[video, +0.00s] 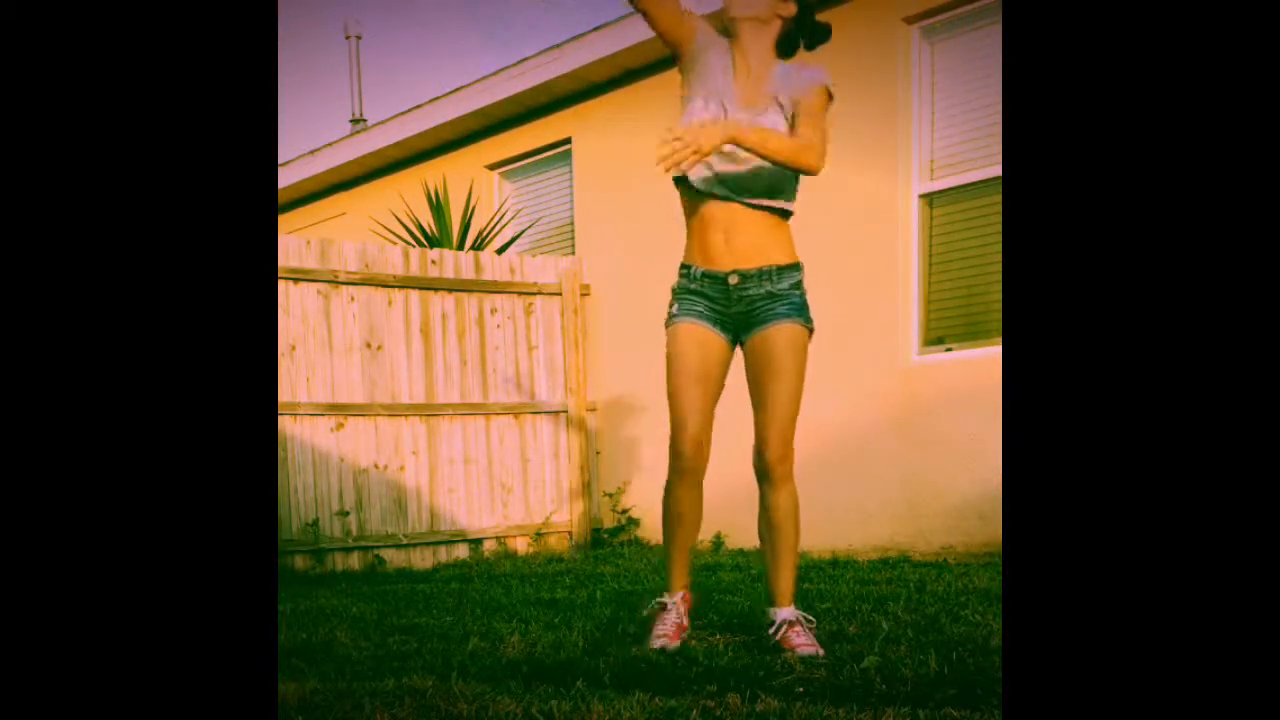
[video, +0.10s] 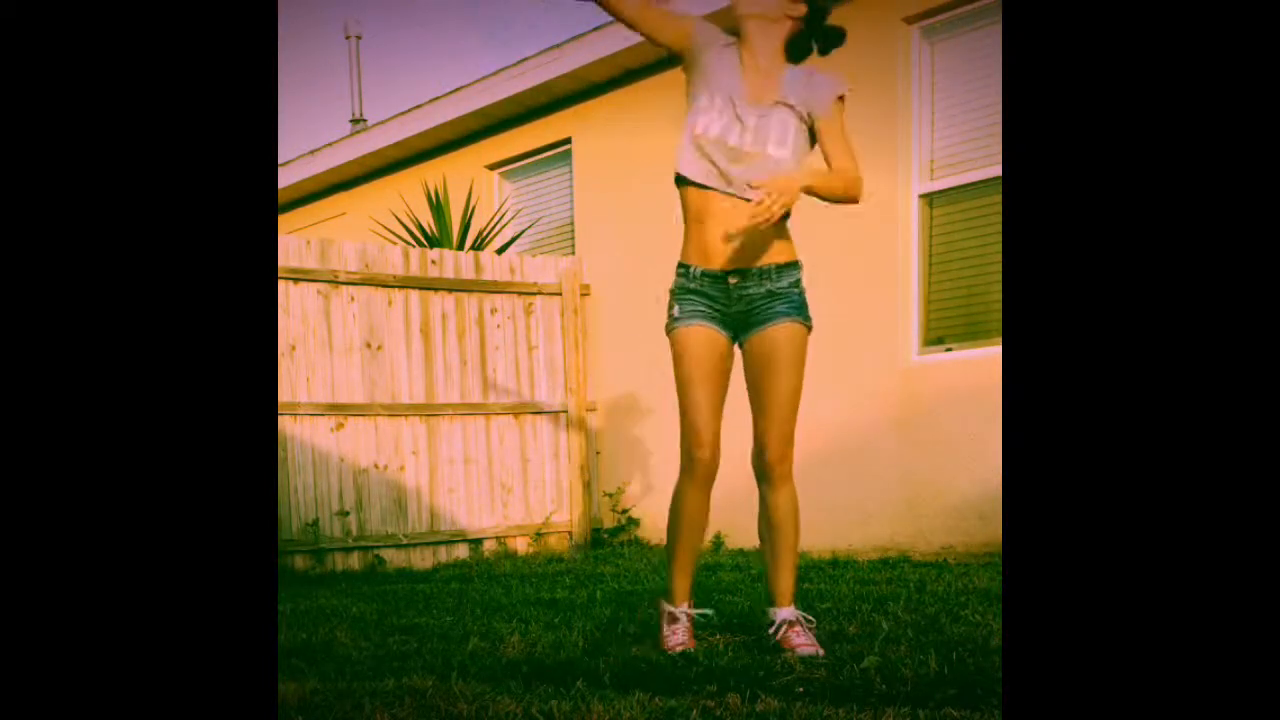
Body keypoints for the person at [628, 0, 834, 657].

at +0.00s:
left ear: (785, 8)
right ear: (730, 7)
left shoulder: (807, 82)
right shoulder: (700, 48)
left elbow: (811, 156)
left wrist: (730, 129)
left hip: (777, 288)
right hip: (699, 288)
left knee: (774, 460)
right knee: (686, 451)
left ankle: (785, 613)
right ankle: (675, 602)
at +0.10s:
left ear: (793, 12)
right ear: (743, 11)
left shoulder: (815, 86)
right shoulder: (703, 46)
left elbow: (850, 184)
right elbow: (613, 2)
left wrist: (800, 179)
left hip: (776, 290)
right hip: (698, 289)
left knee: (775, 461)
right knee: (700, 454)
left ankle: (785, 613)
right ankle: (677, 610)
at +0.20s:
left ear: (800, 11)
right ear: (749, 11)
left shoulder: (819, 89)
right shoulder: (704, 46)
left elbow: (867, 193)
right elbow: (609, 12)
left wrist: (856, 221)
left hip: (772, 289)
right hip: (693, 286)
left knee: (772, 462)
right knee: (695, 460)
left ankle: (785, 613)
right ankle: (678, 611)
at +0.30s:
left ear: (802, 8)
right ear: (751, 10)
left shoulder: (823, 87)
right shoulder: (708, 47)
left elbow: (865, 185)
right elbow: (622, 21)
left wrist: (887, 238)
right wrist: (571, 1)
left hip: (771, 289)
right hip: (691, 286)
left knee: (774, 462)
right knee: (694, 461)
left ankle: (787, 612)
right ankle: (679, 612)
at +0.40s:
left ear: (802, 5)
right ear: (752, 7)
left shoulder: (829, 88)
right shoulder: (713, 49)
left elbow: (862, 189)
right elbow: (616, 27)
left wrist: (895, 252)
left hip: (774, 291)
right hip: (694, 286)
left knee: (775, 461)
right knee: (692, 459)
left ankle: (788, 612)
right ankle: (679, 611)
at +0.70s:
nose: (768, 19)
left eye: (786, 9)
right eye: (765, 9)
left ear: (821, 27)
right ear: (759, 20)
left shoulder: (838, 105)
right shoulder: (733, 70)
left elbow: (847, 234)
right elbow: (622, 19)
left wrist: (850, 220)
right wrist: (708, 53)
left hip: (796, 289)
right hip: (723, 280)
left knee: (795, 456)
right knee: (756, 400)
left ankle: (787, 612)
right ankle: (707, 551)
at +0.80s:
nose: (784, 47)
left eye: (800, 34)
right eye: (771, 33)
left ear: (824, 42)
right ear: (756, 40)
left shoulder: (841, 118)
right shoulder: (732, 99)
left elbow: (846, 242)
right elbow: (614, 71)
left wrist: (839, 191)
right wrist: (707, 110)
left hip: (799, 292)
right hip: (729, 291)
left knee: (796, 459)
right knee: (751, 268)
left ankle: (788, 612)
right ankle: (742, 440)